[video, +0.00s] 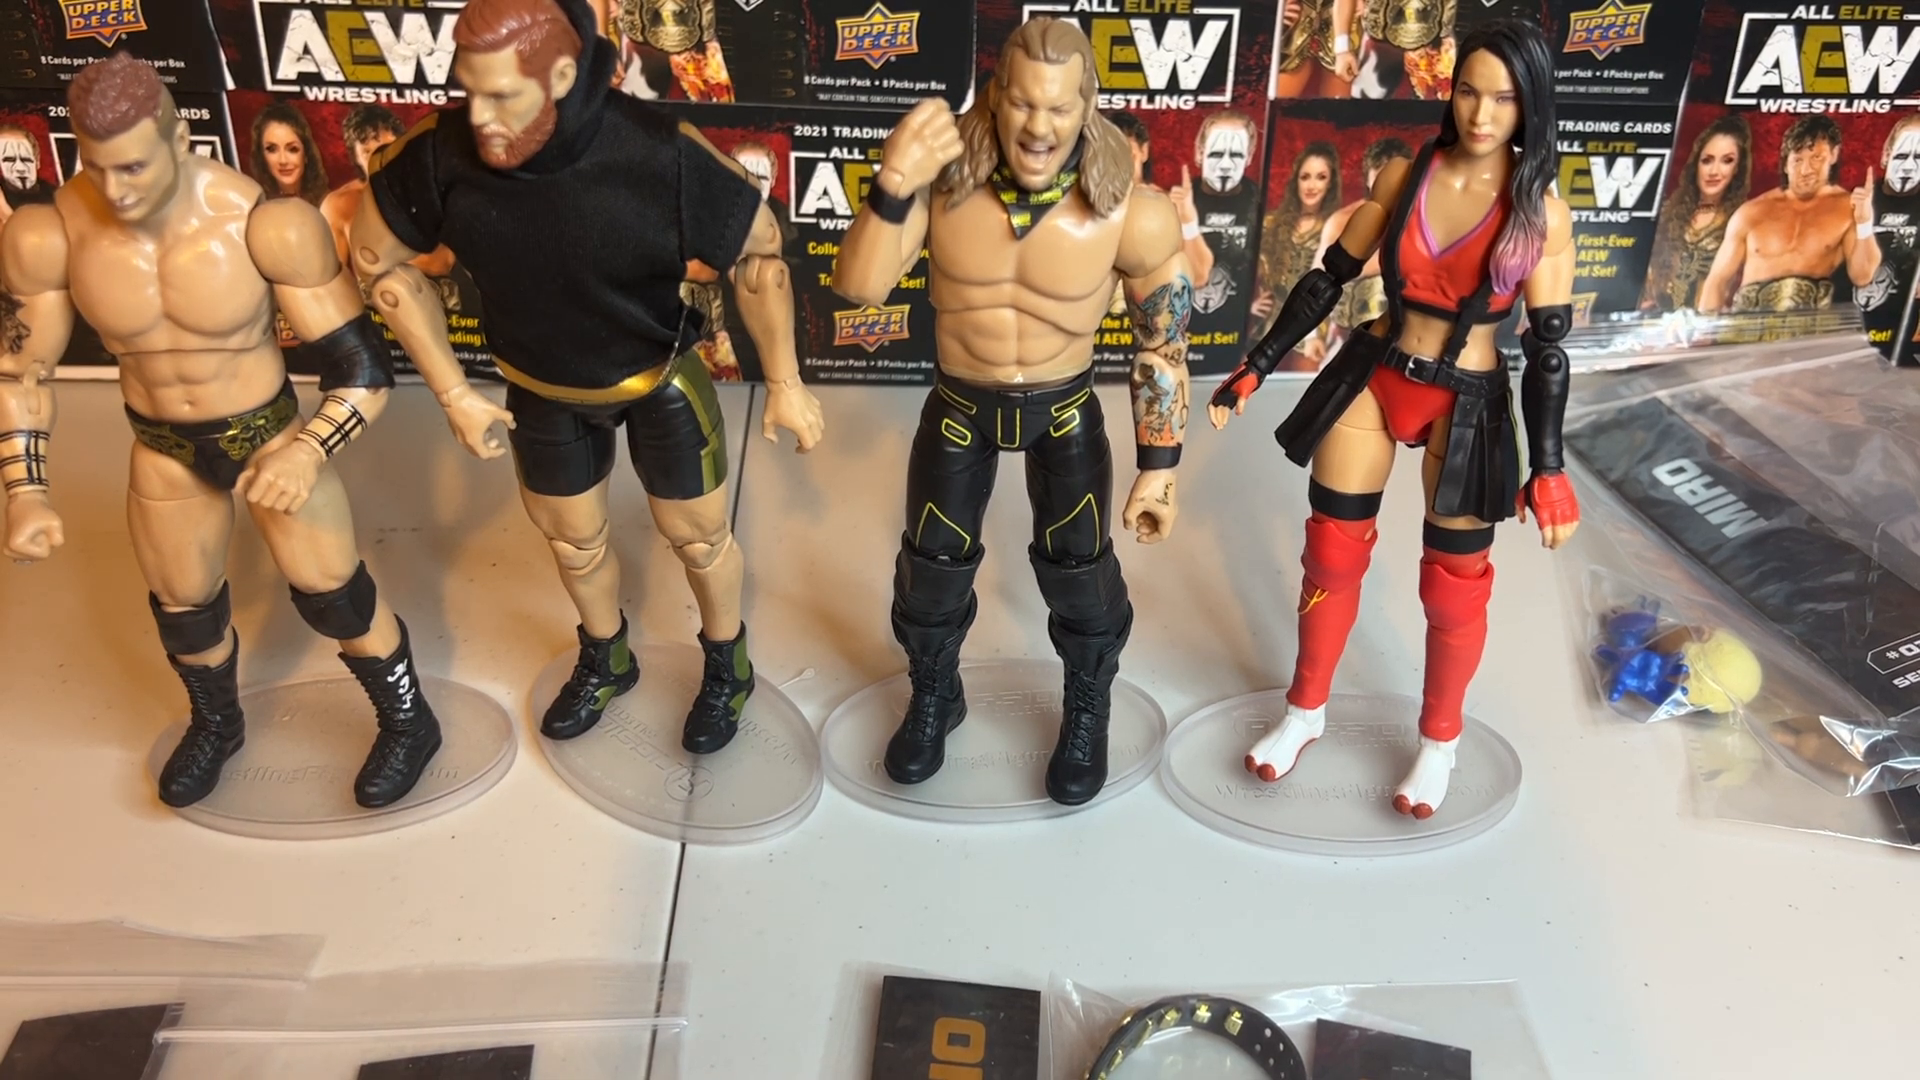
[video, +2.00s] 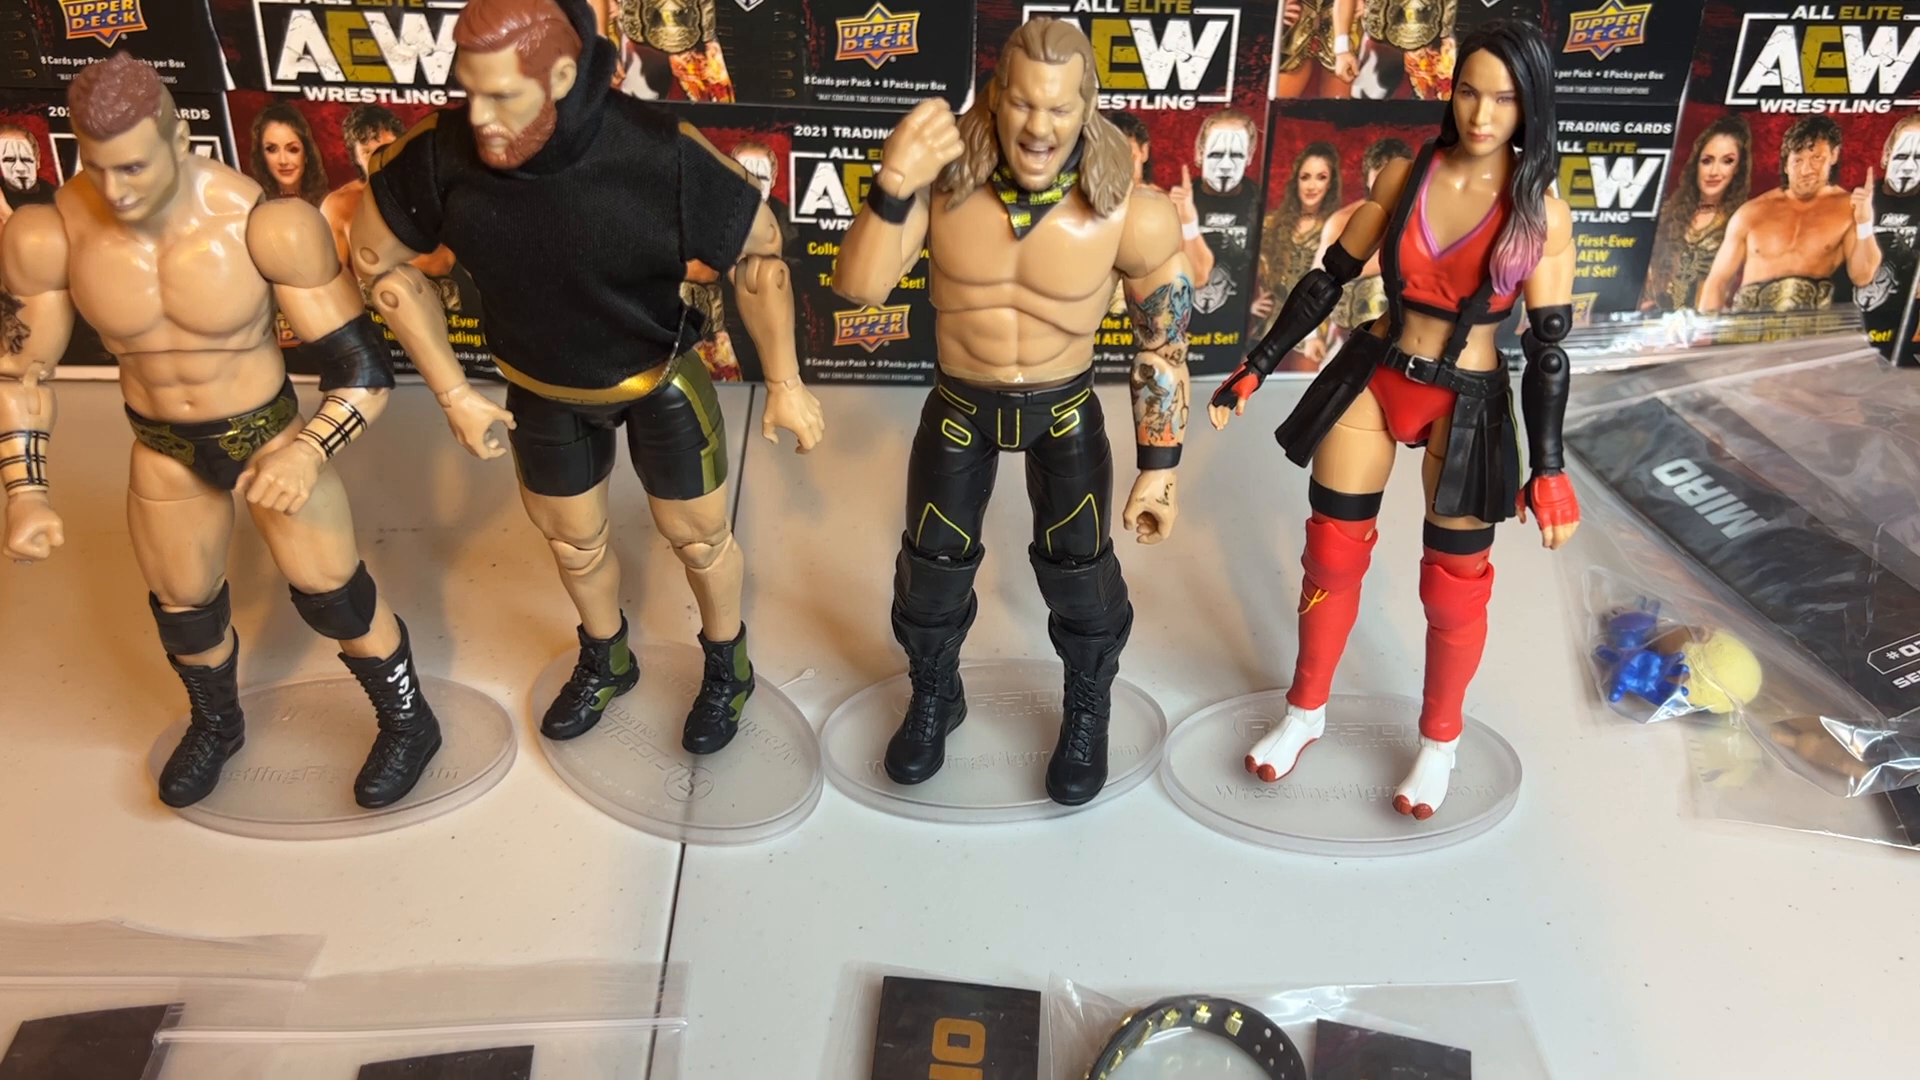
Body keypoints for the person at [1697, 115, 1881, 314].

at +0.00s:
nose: (1806, 169)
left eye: (1816, 158)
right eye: (1797, 160)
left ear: (1834, 156)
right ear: (1785, 162)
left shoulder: (1847, 207)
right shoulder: (1750, 212)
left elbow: (1861, 277)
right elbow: (1718, 281)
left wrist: (1864, 223)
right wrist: (1704, 335)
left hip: (1809, 313)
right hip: (1748, 311)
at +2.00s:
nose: (1806, 169)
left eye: (1816, 158)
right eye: (1797, 160)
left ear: (1834, 156)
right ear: (1785, 163)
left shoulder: (1848, 207)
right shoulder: (1750, 212)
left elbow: (1862, 277)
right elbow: (1718, 282)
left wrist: (1864, 223)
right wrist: (1704, 336)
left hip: (1810, 316)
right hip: (1748, 314)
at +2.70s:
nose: (1806, 169)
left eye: (1816, 158)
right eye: (1797, 160)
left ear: (1834, 155)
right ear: (1785, 162)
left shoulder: (1848, 206)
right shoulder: (1750, 212)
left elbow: (1861, 277)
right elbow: (1718, 281)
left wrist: (1864, 223)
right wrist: (1704, 336)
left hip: (1810, 315)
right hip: (1748, 313)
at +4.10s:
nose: (1806, 169)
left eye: (1817, 158)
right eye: (1798, 160)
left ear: (1834, 156)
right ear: (1785, 163)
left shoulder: (1848, 207)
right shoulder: (1750, 212)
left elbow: (1862, 277)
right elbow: (1718, 281)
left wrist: (1864, 223)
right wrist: (1704, 336)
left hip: (1810, 316)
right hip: (1749, 313)